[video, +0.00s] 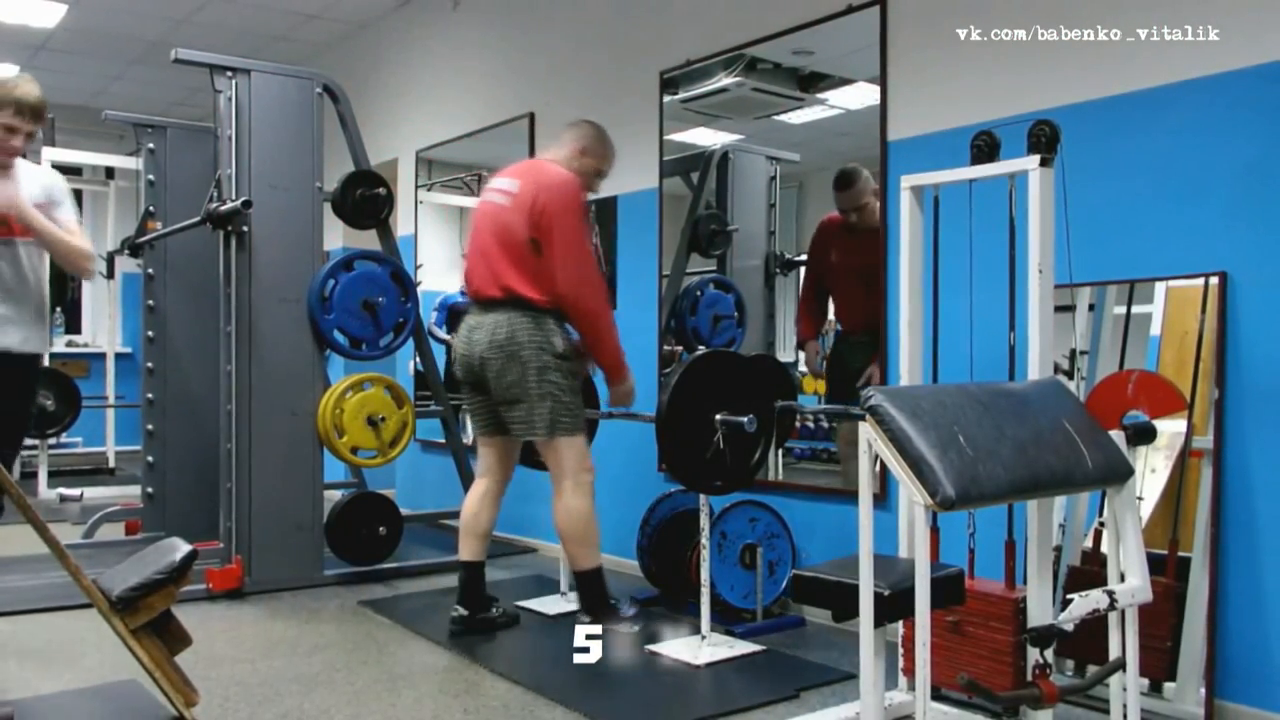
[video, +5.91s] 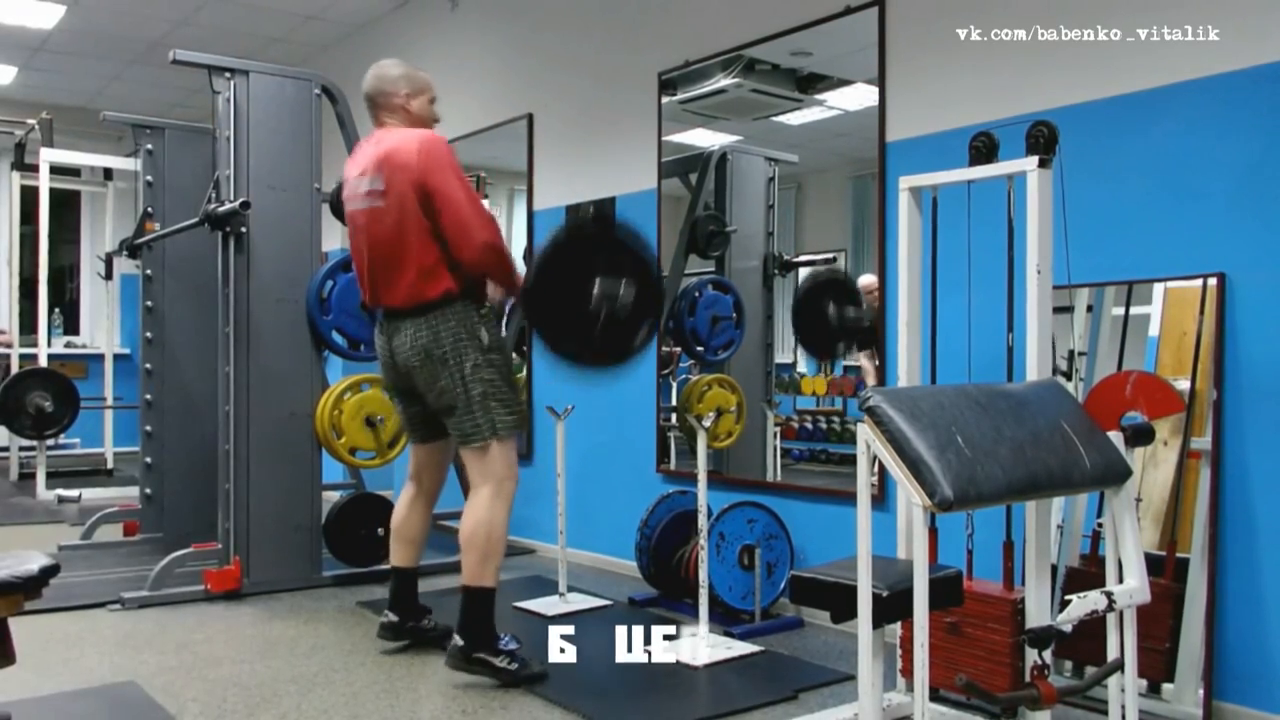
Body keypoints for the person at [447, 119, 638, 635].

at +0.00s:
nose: (591, 188)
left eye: (596, 182)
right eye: (594, 178)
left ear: (563, 145)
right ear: (583, 156)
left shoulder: (506, 177)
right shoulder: (559, 185)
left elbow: (499, 272)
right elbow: (579, 284)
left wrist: (561, 341)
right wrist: (616, 368)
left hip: (475, 328)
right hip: (526, 331)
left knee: (491, 472)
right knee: (572, 473)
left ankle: (471, 604)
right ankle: (598, 609)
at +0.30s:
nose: (667, 205)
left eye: (669, 198)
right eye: (671, 197)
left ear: (633, 167)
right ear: (661, 182)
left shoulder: (572, 183)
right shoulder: (648, 212)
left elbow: (522, 263)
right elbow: (637, 315)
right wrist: (642, 404)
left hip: (502, 322)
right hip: (557, 331)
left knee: (527, 456)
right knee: (583, 477)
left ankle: (489, 572)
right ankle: (596, 615)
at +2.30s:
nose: (618, 143)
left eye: (617, 136)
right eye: (617, 135)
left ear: (568, 127)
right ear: (603, 128)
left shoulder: (529, 174)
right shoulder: (614, 176)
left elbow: (505, 268)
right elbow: (613, 273)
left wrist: (533, 313)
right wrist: (625, 346)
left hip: (507, 327)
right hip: (569, 333)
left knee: (523, 468)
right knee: (594, 477)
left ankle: (509, 596)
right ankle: (587, 612)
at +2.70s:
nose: (537, 134)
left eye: (535, 125)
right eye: (534, 124)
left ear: (486, 125)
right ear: (517, 122)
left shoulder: (457, 180)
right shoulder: (532, 172)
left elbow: (447, 280)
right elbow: (545, 273)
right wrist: (573, 340)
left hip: (454, 337)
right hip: (515, 334)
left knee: (472, 480)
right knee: (560, 478)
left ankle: (437, 616)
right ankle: (584, 616)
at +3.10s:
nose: (508, 129)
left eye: (506, 120)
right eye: (506, 120)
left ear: (454, 120)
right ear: (489, 117)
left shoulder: (422, 176)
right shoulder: (503, 168)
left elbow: (404, 271)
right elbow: (509, 269)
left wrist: (437, 315)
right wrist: (528, 342)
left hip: (416, 334)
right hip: (477, 332)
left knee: (444, 481)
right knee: (528, 477)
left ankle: (433, 623)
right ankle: (488, 627)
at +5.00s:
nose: (468, 124)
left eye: (467, 114)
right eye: (464, 113)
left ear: (414, 112)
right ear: (439, 109)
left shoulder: (377, 169)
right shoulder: (450, 167)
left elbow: (366, 268)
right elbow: (473, 275)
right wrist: (496, 345)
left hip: (380, 338)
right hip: (439, 337)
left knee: (409, 484)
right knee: (469, 493)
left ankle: (399, 621)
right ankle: (469, 652)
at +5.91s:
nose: (435, 109)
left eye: (432, 99)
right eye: (428, 100)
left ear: (380, 104)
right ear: (401, 100)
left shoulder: (356, 164)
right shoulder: (425, 147)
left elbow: (368, 267)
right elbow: (476, 242)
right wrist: (511, 281)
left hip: (396, 333)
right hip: (449, 324)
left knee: (424, 473)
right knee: (494, 476)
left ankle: (401, 612)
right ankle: (477, 638)